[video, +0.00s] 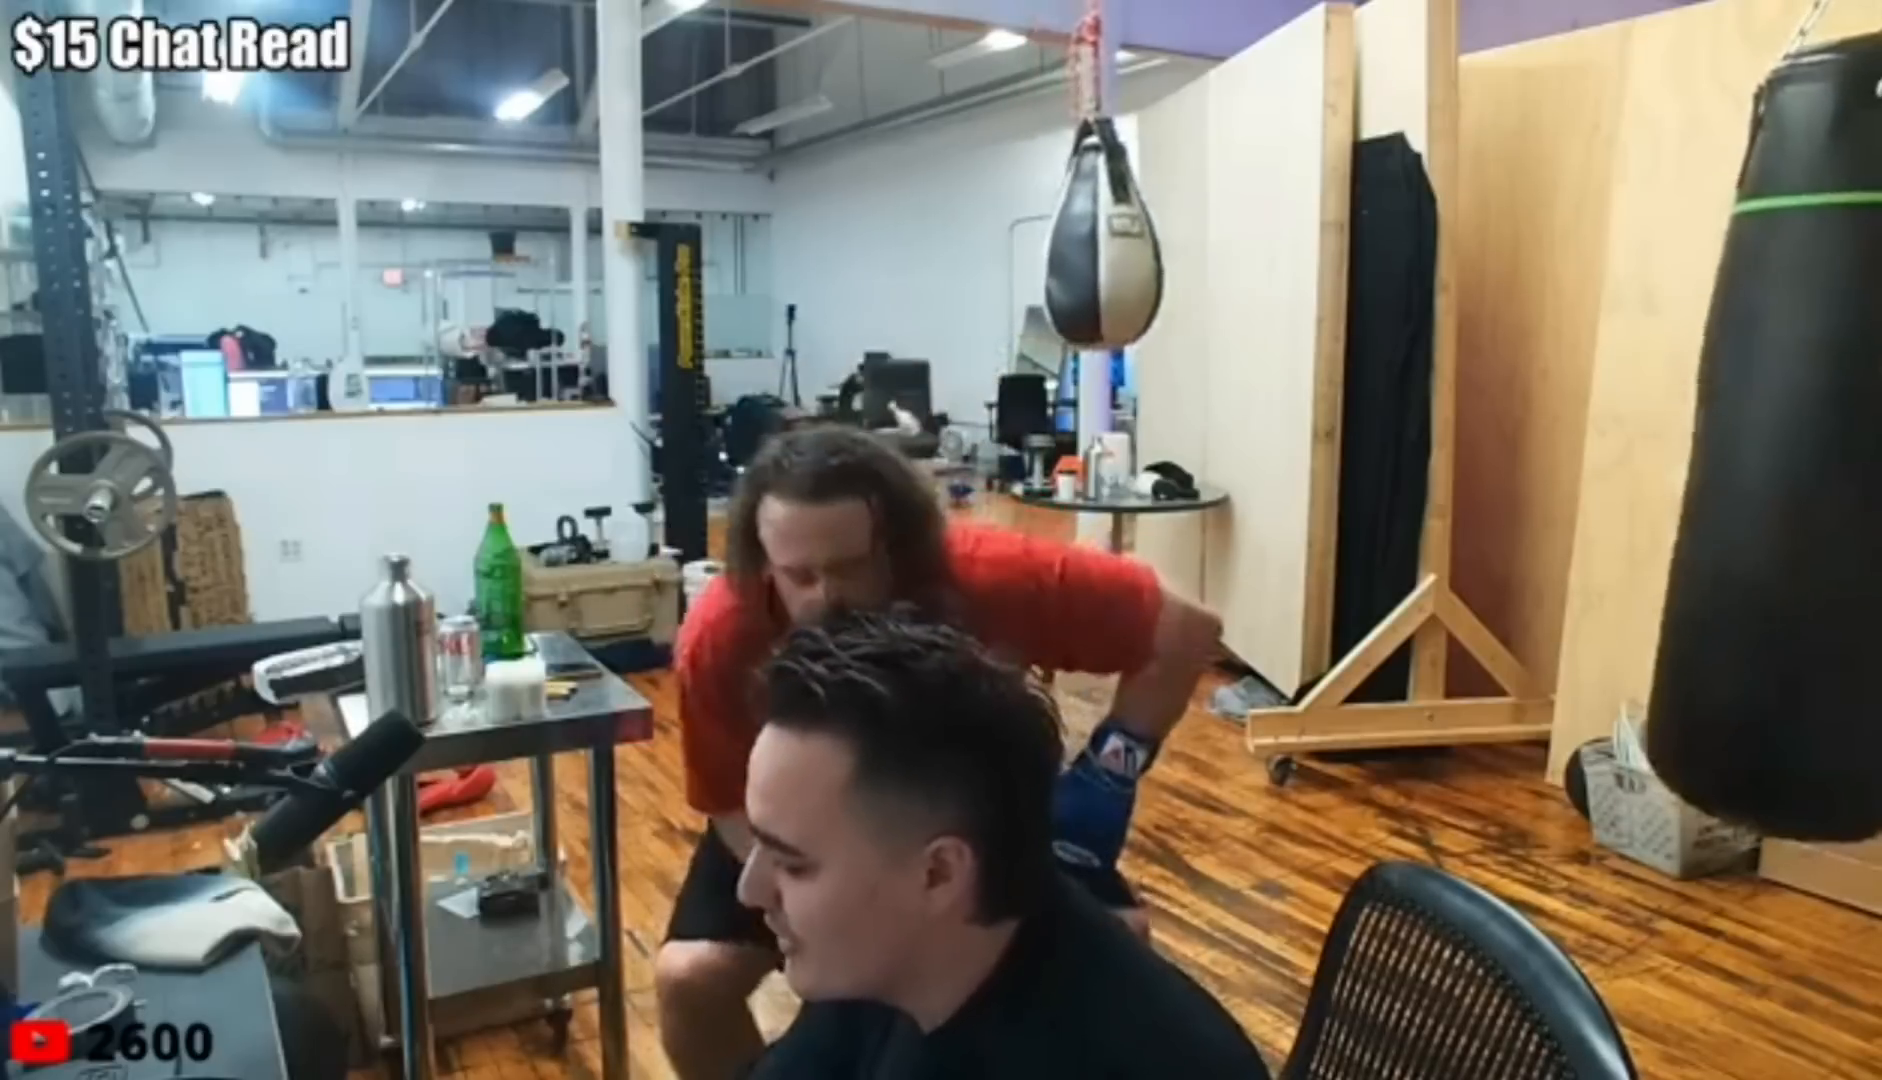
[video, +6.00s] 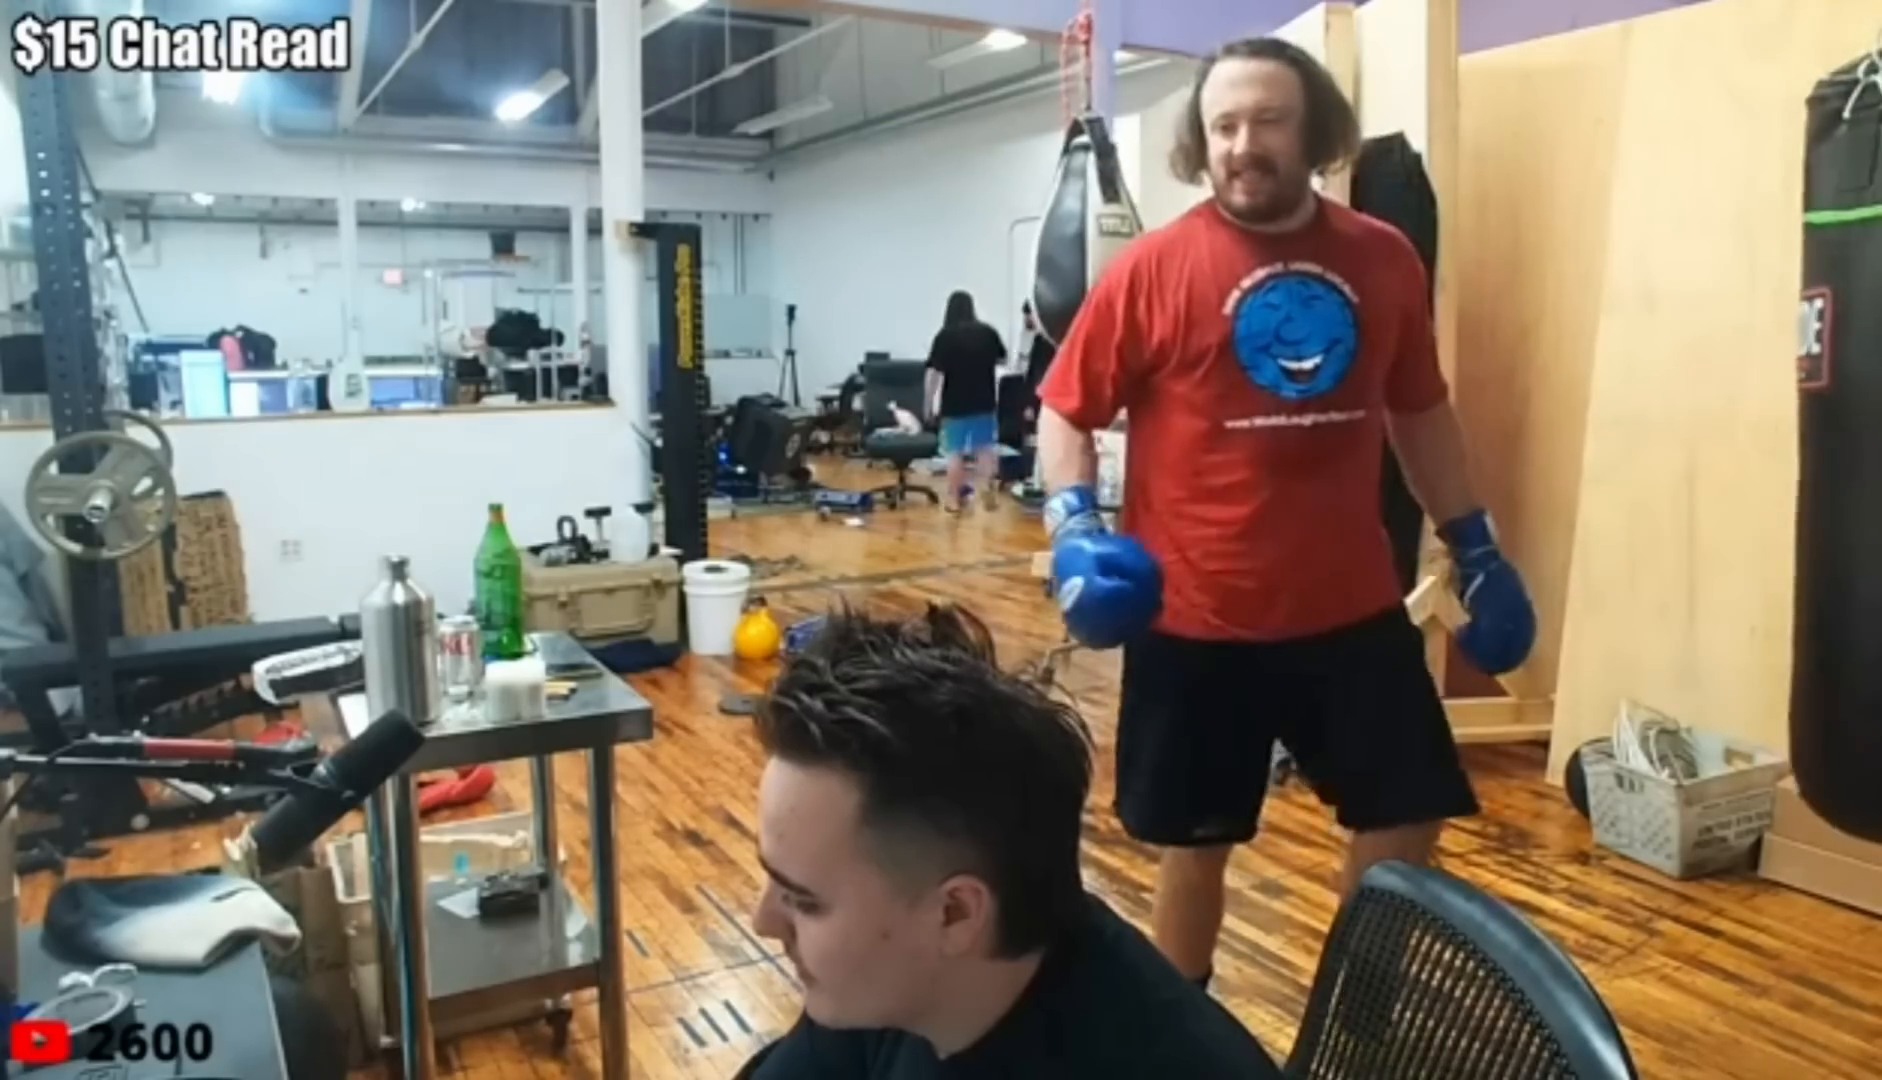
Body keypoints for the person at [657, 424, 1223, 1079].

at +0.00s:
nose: (824, 600)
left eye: (847, 571)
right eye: (799, 577)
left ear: (898, 550)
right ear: (763, 565)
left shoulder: (983, 576)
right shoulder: (720, 632)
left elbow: (1186, 635)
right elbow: (727, 811)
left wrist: (1097, 791)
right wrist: (848, 900)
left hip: (950, 805)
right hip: (781, 823)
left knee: (1115, 933)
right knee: (690, 975)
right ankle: (743, 1074)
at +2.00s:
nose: (1247, 147)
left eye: (1247, 123)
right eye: (1234, 118)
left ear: (1158, 118)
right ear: (1165, 112)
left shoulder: (1132, 236)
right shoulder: (1090, 232)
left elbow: (1143, 414)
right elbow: (1047, 436)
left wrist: (1266, 382)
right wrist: (1213, 534)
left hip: (1122, 628)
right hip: (1099, 638)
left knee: (1064, 900)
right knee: (1190, 893)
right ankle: (1163, 1069)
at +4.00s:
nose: (1304, 159)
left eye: (1328, 136)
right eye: (1282, 138)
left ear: (1373, 151)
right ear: (1256, 151)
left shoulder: (1419, 271)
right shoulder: (1199, 270)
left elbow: (1445, 425)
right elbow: (1117, 426)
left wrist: (1532, 498)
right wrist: (1202, 502)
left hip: (1368, 629)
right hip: (1228, 628)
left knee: (1359, 856)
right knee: (1190, 858)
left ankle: (1341, 1052)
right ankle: (1137, 1046)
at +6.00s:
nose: (1244, 145)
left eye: (1270, 122)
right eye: (1224, 124)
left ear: (1316, 136)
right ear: (1199, 140)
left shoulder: (1381, 260)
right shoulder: (1148, 273)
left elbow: (1420, 409)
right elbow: (1065, 406)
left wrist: (1477, 554)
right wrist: (1076, 528)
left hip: (1351, 623)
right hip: (1194, 631)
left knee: (1402, 830)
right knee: (1194, 849)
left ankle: (1360, 1040)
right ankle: (1174, 1046)